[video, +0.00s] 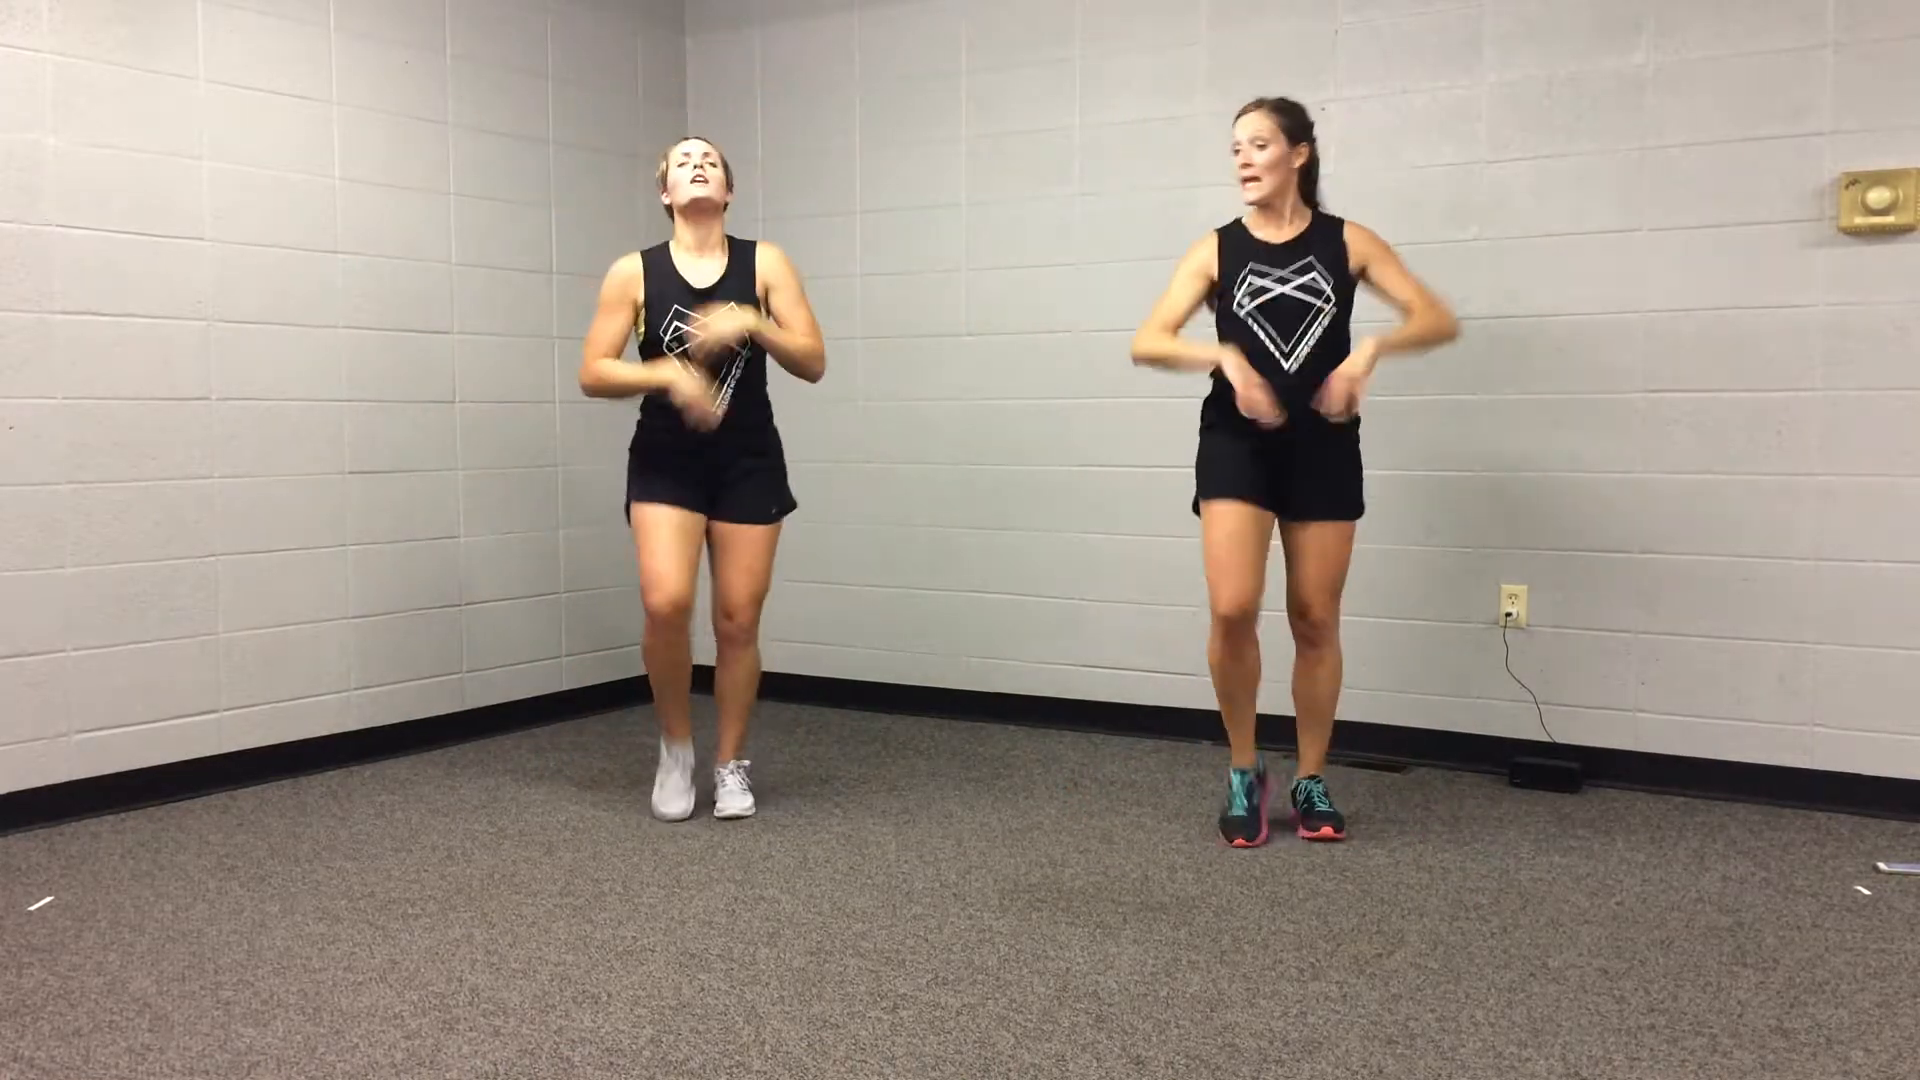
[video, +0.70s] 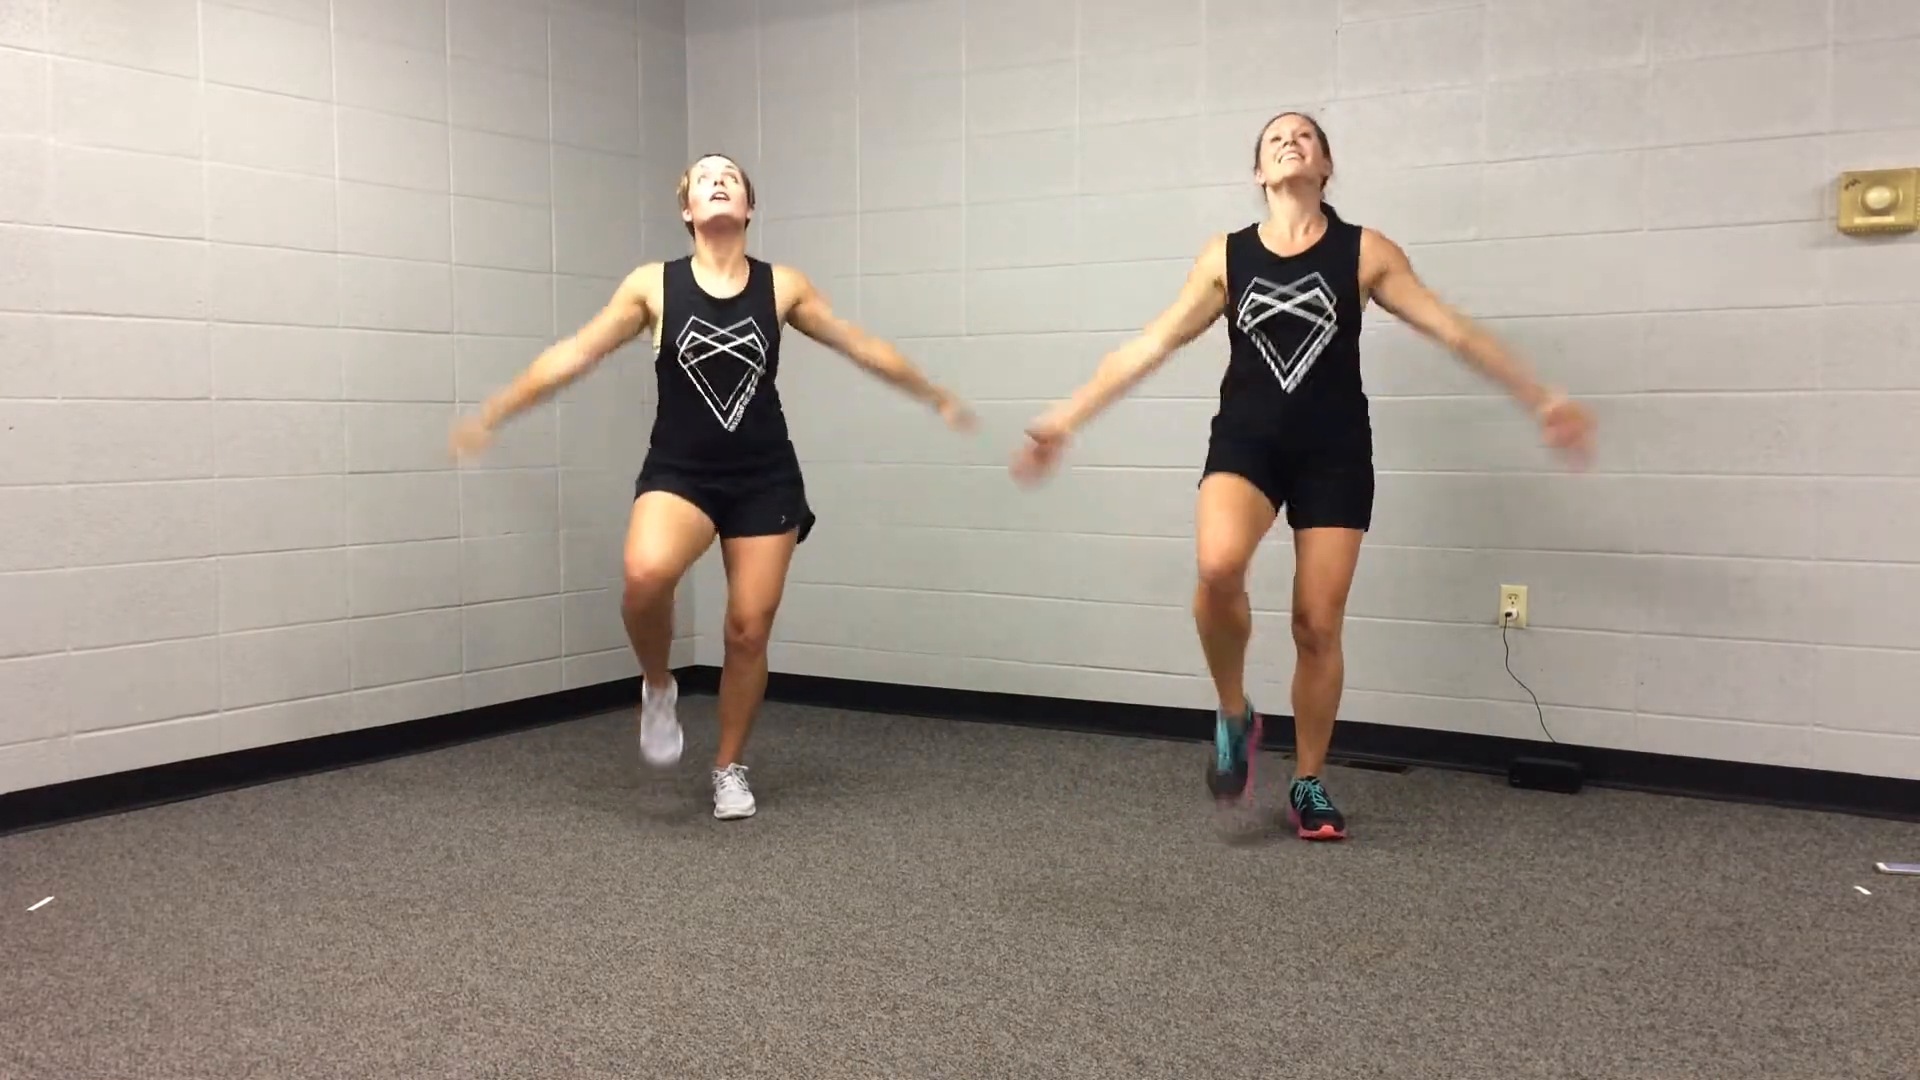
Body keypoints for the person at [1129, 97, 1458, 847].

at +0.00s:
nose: (1243, 160)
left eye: (1258, 147)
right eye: (1238, 149)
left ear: (1300, 154)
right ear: (1233, 161)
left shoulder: (1350, 242)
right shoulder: (1215, 252)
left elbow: (1440, 321)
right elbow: (1147, 344)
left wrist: (1371, 349)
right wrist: (1223, 357)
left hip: (1324, 448)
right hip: (1236, 446)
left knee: (1315, 619)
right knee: (1232, 612)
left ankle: (1309, 782)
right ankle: (1243, 772)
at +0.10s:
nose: (1276, 176)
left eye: (1291, 162)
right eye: (1264, 162)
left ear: (1320, 164)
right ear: (1248, 167)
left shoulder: (1359, 244)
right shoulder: (1222, 247)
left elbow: (1472, 278)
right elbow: (1141, 317)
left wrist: (1388, 257)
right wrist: (1210, 282)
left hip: (1328, 441)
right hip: (1242, 434)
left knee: (1319, 622)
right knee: (1227, 556)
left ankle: (1311, 778)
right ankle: (1245, 697)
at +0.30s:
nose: (1294, 175)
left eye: (1306, 162)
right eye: (1280, 163)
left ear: (1325, 168)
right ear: (1253, 170)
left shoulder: (1357, 247)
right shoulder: (1231, 247)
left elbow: (1384, 325)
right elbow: (1223, 331)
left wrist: (1349, 252)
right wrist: (1268, 253)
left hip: (1330, 434)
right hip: (1246, 426)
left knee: (1319, 618)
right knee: (1245, 547)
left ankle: (1310, 779)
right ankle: (1254, 685)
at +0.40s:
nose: (1292, 151)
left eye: (1304, 139)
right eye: (1276, 141)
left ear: (1322, 151)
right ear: (1254, 157)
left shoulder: (1359, 240)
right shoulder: (1226, 241)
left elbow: (1367, 339)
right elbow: (1222, 340)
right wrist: (1277, 360)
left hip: (1331, 426)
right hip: (1243, 426)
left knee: (1316, 614)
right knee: (1250, 611)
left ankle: (1307, 780)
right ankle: (1248, 775)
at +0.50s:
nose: (1286, 139)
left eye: (1299, 130)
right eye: (1272, 132)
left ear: (1321, 155)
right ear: (1252, 158)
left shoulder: (1356, 250)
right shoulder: (1221, 248)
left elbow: (1371, 359)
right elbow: (1213, 358)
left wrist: (1389, 463)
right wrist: (1217, 451)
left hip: (1330, 453)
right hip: (1245, 452)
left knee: (1315, 616)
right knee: (1245, 617)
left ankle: (1309, 780)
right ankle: (1244, 780)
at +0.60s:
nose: (1286, 128)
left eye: (1300, 124)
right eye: (1272, 125)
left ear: (1322, 155)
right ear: (1254, 160)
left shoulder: (1360, 241)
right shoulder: (1224, 245)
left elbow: (1410, 357)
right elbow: (1189, 356)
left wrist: (1468, 452)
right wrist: (1135, 450)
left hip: (1329, 446)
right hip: (1239, 443)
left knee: (1313, 616)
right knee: (1235, 611)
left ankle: (1309, 779)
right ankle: (1243, 771)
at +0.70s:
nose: (1289, 141)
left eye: (1303, 138)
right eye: (1275, 140)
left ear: (1327, 171)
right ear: (1258, 176)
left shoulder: (1364, 251)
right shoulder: (1226, 255)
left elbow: (1455, 331)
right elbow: (1150, 347)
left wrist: (1542, 398)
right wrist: (1064, 419)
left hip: (1334, 442)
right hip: (1247, 436)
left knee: (1318, 624)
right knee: (1216, 568)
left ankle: (1309, 782)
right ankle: (1233, 715)